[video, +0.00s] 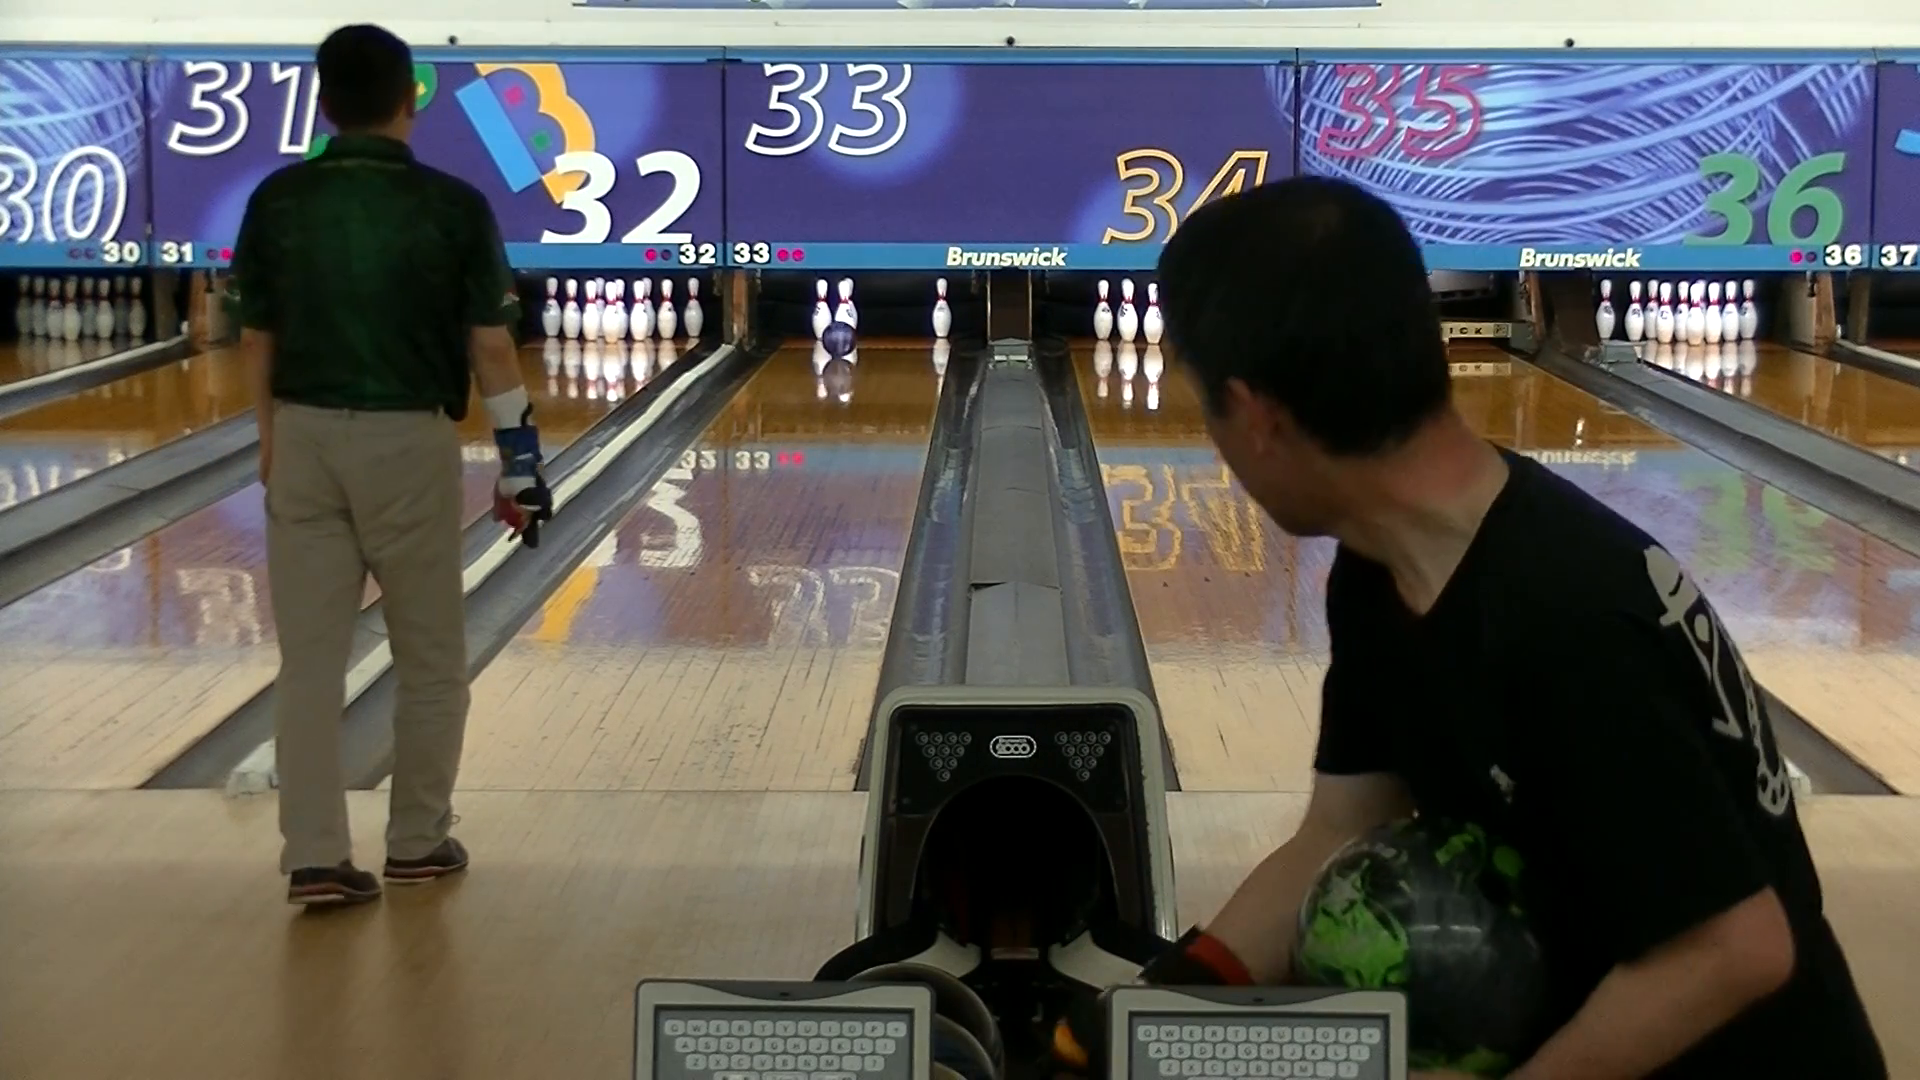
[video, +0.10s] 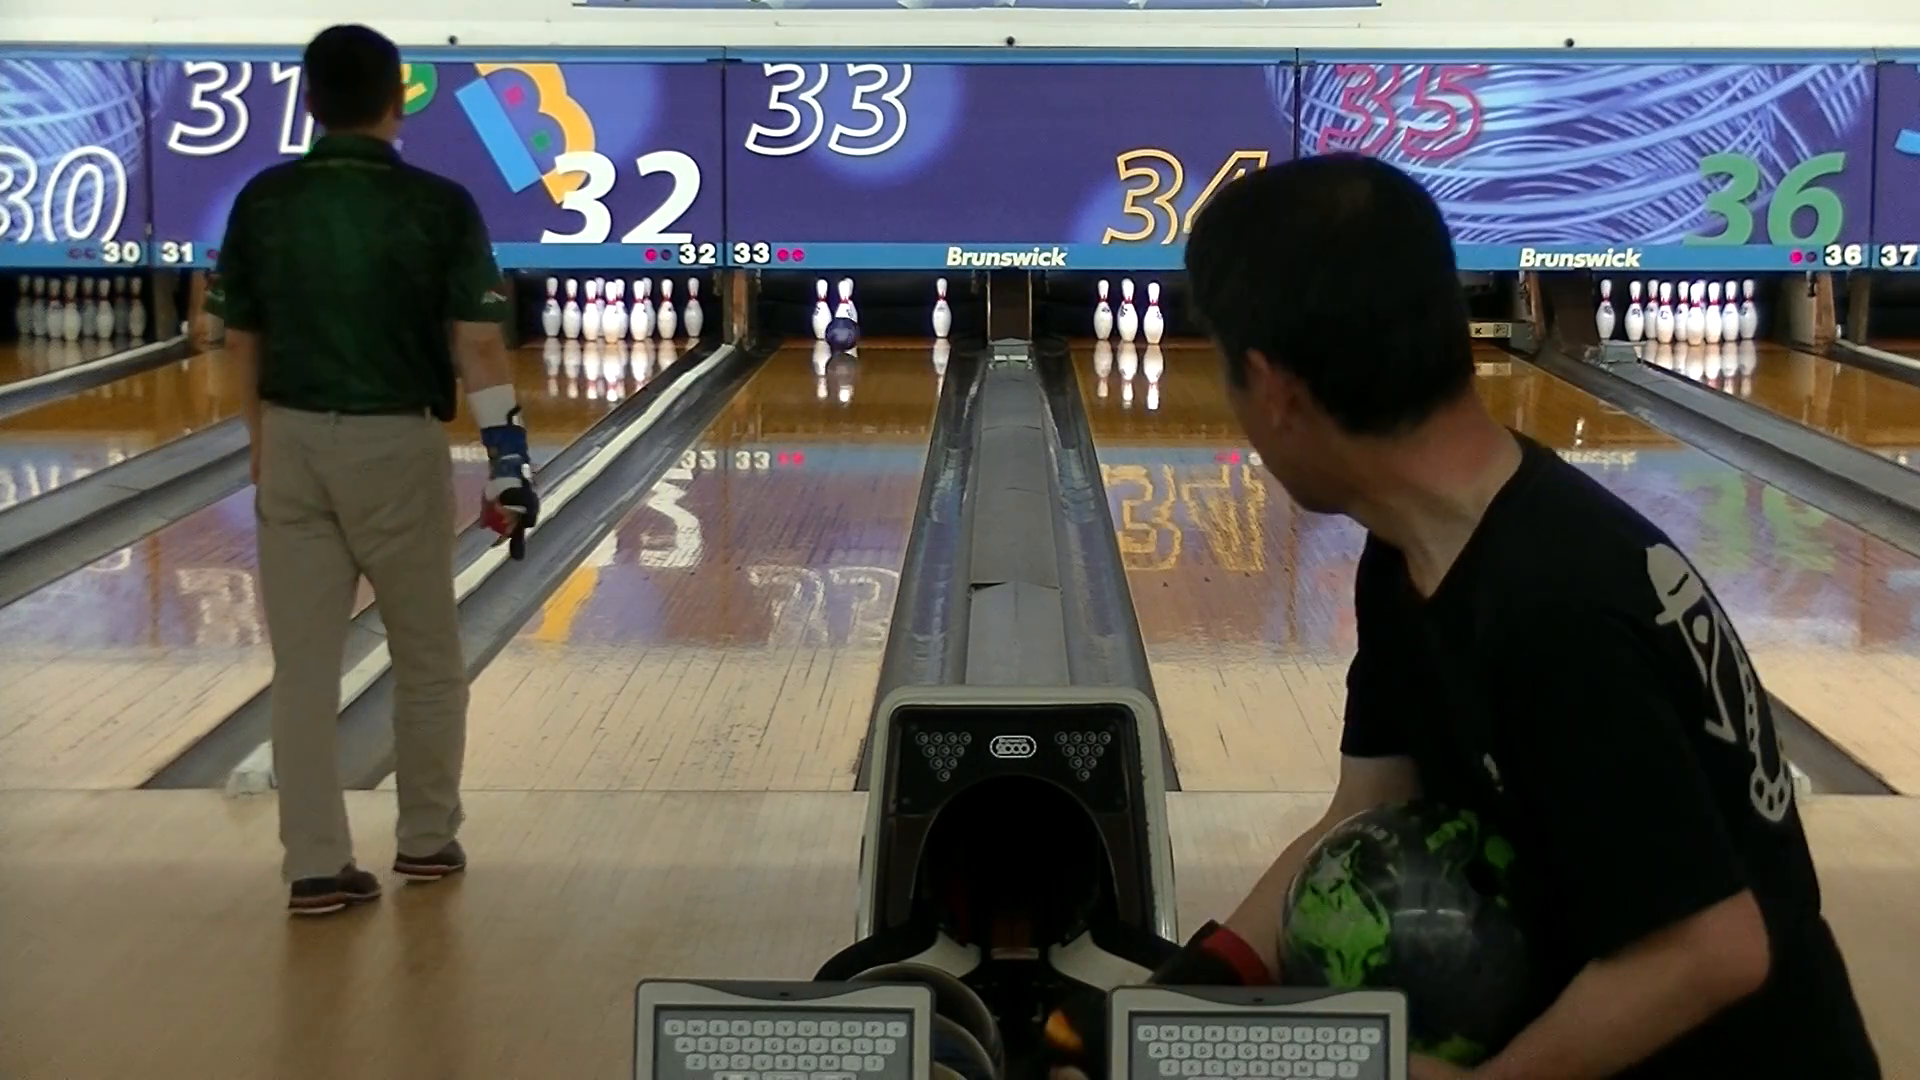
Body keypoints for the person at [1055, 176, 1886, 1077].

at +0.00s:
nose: (1216, 443)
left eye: (1202, 408)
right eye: (1201, 408)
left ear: (1254, 411)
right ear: (1404, 341)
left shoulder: (1573, 600)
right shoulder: (1378, 568)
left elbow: (1738, 944)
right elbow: (1340, 841)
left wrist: (1512, 1071)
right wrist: (1172, 998)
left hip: (1767, 1066)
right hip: (1596, 1033)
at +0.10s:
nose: (1239, 415)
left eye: (1230, 374)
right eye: (1232, 375)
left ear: (1278, 385)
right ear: (1425, 323)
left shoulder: (1562, 595)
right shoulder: (1409, 548)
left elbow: (1713, 947)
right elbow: (1365, 824)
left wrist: (1483, 1075)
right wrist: (1203, 986)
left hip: (1757, 1063)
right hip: (1608, 1038)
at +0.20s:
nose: (1256, 403)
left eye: (1246, 362)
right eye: (1248, 363)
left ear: (1291, 376)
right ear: (1444, 314)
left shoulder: (1559, 591)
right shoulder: (1425, 535)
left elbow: (1704, 947)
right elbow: (1381, 819)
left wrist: (1474, 1075)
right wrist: (1224, 992)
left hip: (1753, 1063)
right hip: (1612, 1041)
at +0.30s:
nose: (1263, 401)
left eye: (1251, 360)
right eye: (1249, 360)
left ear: (1293, 369)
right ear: (1450, 307)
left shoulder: (1571, 587)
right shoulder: (1430, 534)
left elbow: (1713, 946)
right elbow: (1408, 831)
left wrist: (1479, 1073)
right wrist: (1291, 970)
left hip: (1751, 1062)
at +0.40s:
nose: (1267, 403)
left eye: (1254, 363)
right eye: (1253, 363)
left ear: (1297, 369)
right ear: (1455, 308)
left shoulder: (1577, 587)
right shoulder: (1434, 528)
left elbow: (1726, 943)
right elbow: (1417, 817)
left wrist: (1489, 1074)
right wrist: (1323, 976)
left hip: (1755, 1063)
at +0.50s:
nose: (1266, 405)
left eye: (1254, 366)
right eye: (1252, 366)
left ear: (1298, 373)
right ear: (1455, 311)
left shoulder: (1585, 584)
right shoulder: (1426, 543)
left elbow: (1736, 941)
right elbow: (1403, 840)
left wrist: (1499, 1075)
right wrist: (1286, 996)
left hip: (1758, 1064)